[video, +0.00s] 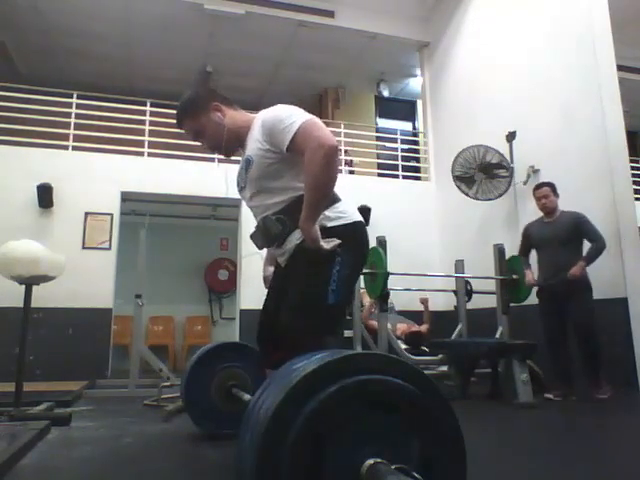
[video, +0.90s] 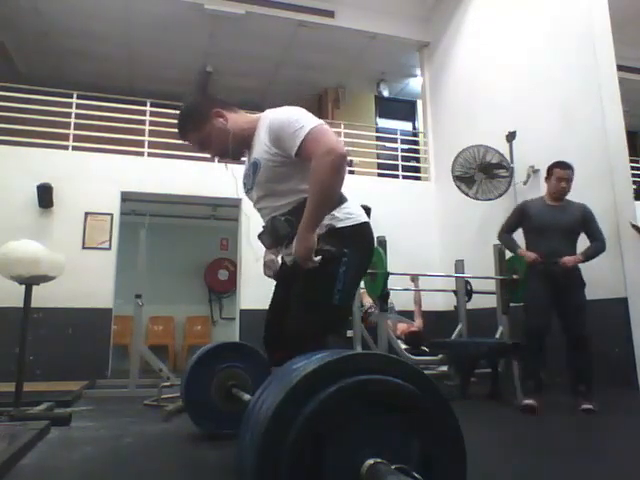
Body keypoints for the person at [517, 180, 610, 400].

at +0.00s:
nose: (544, 202)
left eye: (547, 197)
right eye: (539, 199)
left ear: (556, 197)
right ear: (536, 203)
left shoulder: (575, 219)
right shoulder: (531, 229)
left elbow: (599, 243)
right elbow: (523, 256)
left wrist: (583, 263)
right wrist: (527, 271)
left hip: (576, 288)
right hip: (548, 292)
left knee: (585, 335)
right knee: (554, 340)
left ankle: (597, 384)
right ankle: (561, 387)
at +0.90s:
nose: (564, 185)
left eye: (568, 181)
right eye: (559, 180)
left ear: (572, 183)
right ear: (547, 180)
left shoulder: (580, 212)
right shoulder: (527, 209)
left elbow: (599, 243)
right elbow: (503, 234)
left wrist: (579, 258)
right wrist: (521, 252)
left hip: (569, 281)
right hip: (537, 281)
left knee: (578, 335)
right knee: (534, 334)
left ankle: (583, 396)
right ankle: (531, 395)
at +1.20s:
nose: (551, 183)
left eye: (553, 179)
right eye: (547, 178)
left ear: (551, 181)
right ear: (530, 177)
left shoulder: (555, 210)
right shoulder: (510, 207)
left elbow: (562, 240)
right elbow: (490, 236)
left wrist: (563, 257)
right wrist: (510, 259)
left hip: (548, 280)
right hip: (518, 282)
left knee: (565, 335)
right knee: (516, 339)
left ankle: (580, 394)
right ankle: (512, 396)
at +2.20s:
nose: (574, 208)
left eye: (574, 204)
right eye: (570, 203)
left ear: (558, 206)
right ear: (555, 204)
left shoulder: (563, 238)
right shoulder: (528, 224)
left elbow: (567, 268)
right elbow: (499, 244)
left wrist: (564, 296)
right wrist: (510, 279)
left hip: (531, 290)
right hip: (505, 288)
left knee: (566, 329)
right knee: (504, 334)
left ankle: (563, 391)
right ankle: (499, 395)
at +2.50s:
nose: (564, 245)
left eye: (564, 240)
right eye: (561, 240)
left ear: (551, 242)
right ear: (548, 241)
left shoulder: (556, 267)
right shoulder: (519, 259)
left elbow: (562, 286)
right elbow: (486, 276)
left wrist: (558, 307)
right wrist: (497, 310)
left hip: (527, 314)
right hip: (500, 315)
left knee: (571, 334)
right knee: (503, 335)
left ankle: (564, 392)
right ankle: (497, 397)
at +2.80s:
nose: (533, 244)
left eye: (533, 239)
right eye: (531, 239)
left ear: (519, 241)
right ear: (521, 240)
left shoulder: (527, 266)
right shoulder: (497, 263)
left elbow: (533, 294)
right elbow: (482, 289)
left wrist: (545, 312)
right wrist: (507, 314)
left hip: (522, 319)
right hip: (496, 321)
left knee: (567, 334)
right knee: (511, 338)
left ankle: (564, 392)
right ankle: (498, 396)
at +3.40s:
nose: (514, 242)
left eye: (513, 239)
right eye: (512, 238)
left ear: (499, 240)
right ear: (503, 239)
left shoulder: (510, 268)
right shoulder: (480, 260)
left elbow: (509, 300)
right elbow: (461, 284)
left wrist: (526, 313)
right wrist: (479, 295)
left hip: (517, 317)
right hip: (494, 317)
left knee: (570, 332)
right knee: (507, 334)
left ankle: (573, 392)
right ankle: (501, 397)